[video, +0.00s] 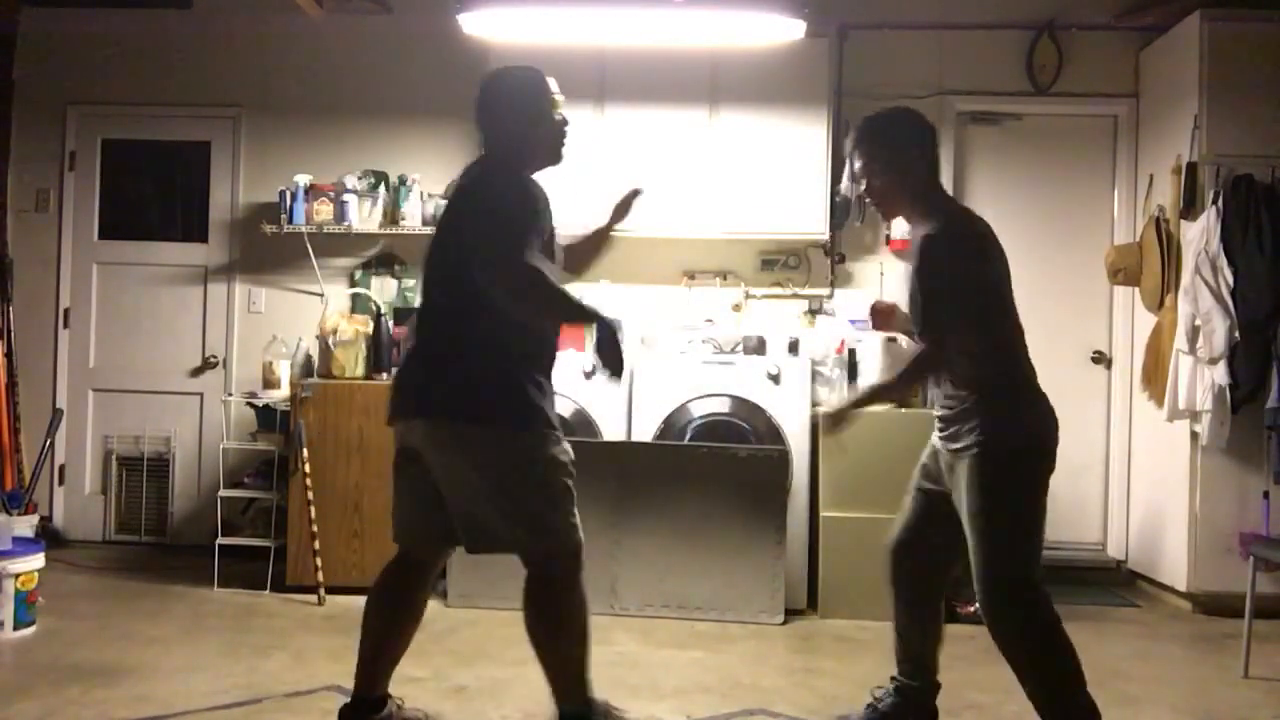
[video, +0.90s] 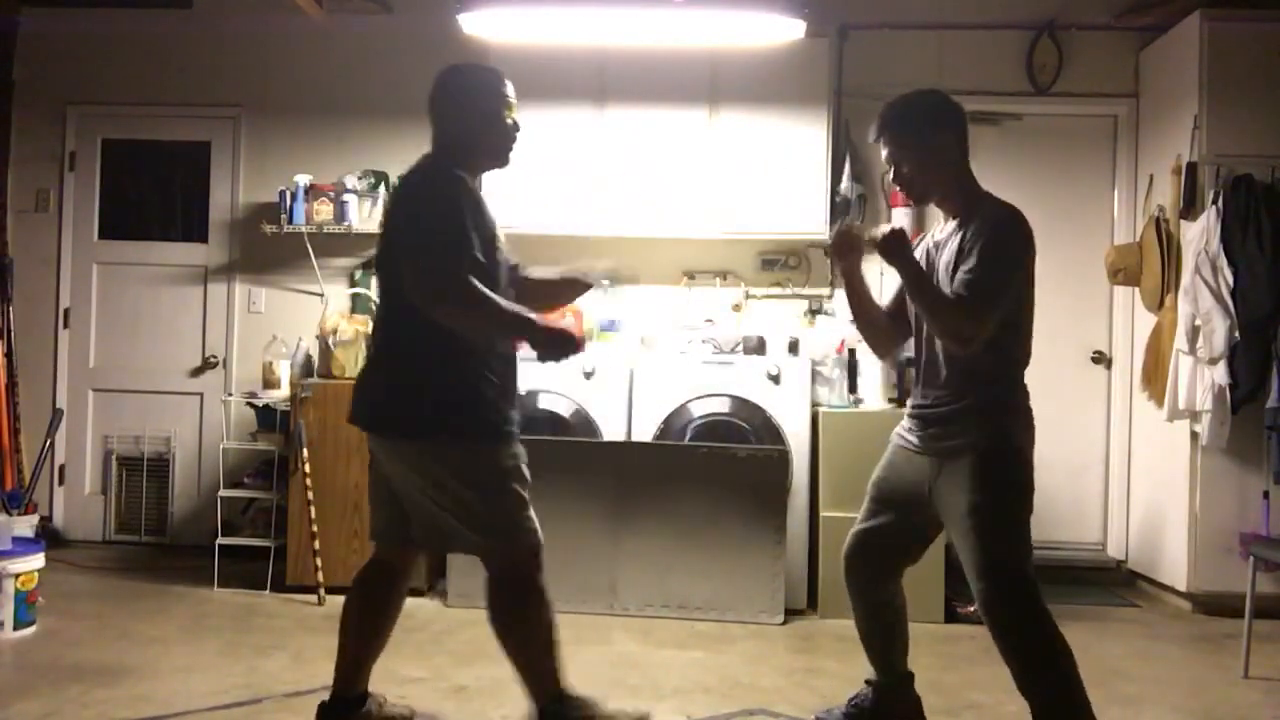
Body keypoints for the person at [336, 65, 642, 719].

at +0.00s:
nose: (567, 117)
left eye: (562, 106)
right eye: (554, 106)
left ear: (505, 123)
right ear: (518, 119)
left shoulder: (477, 187)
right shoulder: (512, 187)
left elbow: (559, 264)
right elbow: (505, 270)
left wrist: (610, 227)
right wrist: (595, 321)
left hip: (428, 401)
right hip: (496, 405)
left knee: (417, 556)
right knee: (555, 555)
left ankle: (367, 701)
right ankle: (576, 706)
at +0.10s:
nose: (589, 120)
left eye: (584, 108)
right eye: (576, 108)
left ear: (524, 122)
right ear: (543, 118)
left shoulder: (497, 188)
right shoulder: (536, 182)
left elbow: (553, 290)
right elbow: (553, 260)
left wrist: (625, 267)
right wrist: (647, 241)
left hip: (450, 402)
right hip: (520, 406)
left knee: (431, 555)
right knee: (571, 559)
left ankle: (368, 700)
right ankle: (587, 710)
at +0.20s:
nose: (612, 118)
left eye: (607, 105)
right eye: (600, 105)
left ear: (542, 118)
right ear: (568, 115)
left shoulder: (515, 188)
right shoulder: (571, 184)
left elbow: (537, 296)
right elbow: (658, 222)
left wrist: (624, 304)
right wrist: (759, 170)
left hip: (467, 398)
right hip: (545, 403)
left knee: (467, 549)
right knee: (585, 558)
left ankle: (378, 685)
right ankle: (590, 713)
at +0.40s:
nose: (629, 119)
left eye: (625, 106)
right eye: (617, 106)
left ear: (556, 114)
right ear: (586, 114)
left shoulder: (529, 178)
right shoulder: (597, 182)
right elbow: (684, 231)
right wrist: (811, 216)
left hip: (479, 396)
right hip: (555, 405)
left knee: (480, 538)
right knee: (597, 554)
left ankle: (397, 665)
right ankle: (593, 712)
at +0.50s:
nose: (619, 120)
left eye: (614, 106)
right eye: (606, 106)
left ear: (551, 115)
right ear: (571, 114)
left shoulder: (521, 180)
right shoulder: (577, 187)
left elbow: (569, 252)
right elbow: (608, 276)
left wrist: (622, 215)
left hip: (475, 396)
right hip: (552, 405)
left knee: (469, 537)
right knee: (599, 553)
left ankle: (381, 669)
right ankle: (594, 711)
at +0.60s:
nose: (594, 122)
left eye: (591, 108)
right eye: (585, 108)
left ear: (530, 118)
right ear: (553, 117)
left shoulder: (505, 185)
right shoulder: (543, 190)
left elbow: (581, 262)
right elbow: (541, 307)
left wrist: (611, 190)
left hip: (465, 400)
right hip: (537, 408)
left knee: (454, 546)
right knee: (590, 557)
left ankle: (366, 681)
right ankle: (592, 714)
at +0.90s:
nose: (518, 123)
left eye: (515, 110)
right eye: (505, 109)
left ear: (460, 120)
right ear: (464, 115)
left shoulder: (452, 194)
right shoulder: (440, 188)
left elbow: (505, 287)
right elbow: (440, 290)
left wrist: (582, 282)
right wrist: (532, 330)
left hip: (403, 411)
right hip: (453, 415)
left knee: (392, 559)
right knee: (516, 551)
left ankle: (346, 699)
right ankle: (552, 702)